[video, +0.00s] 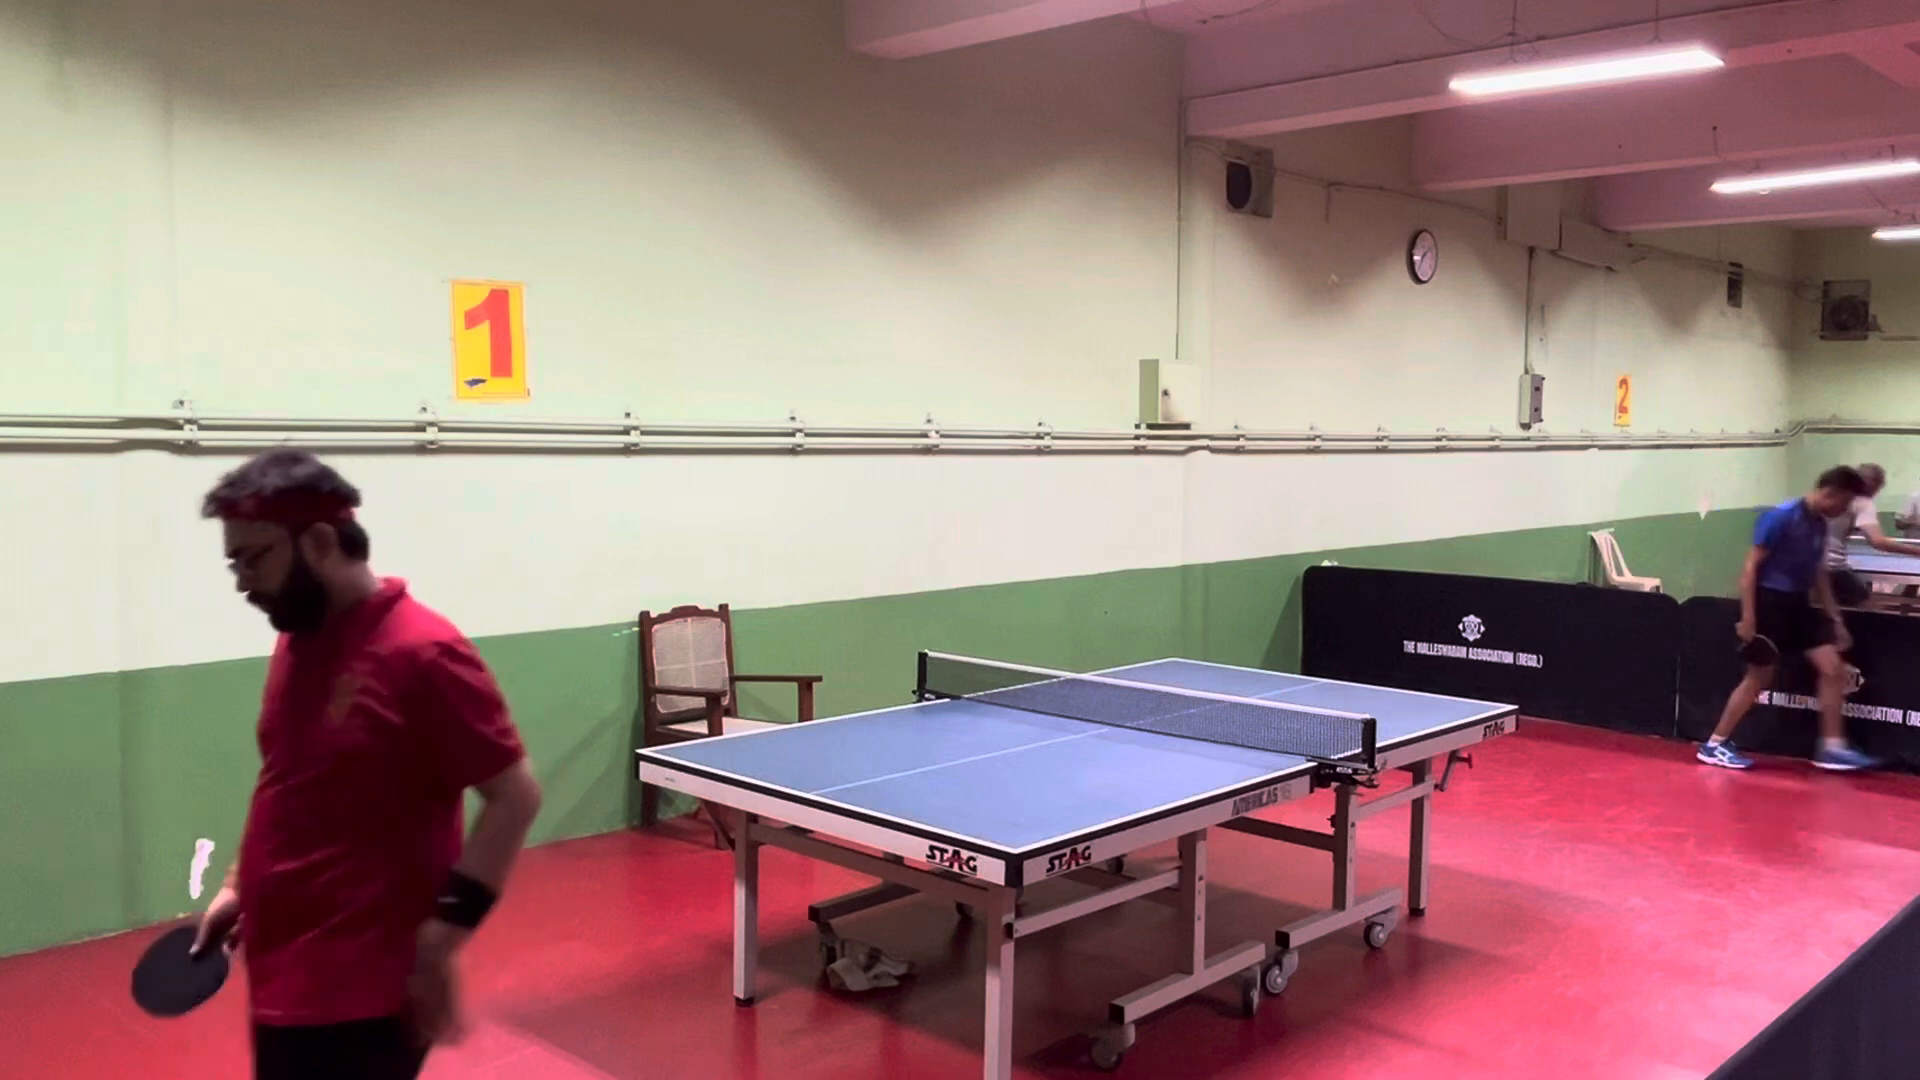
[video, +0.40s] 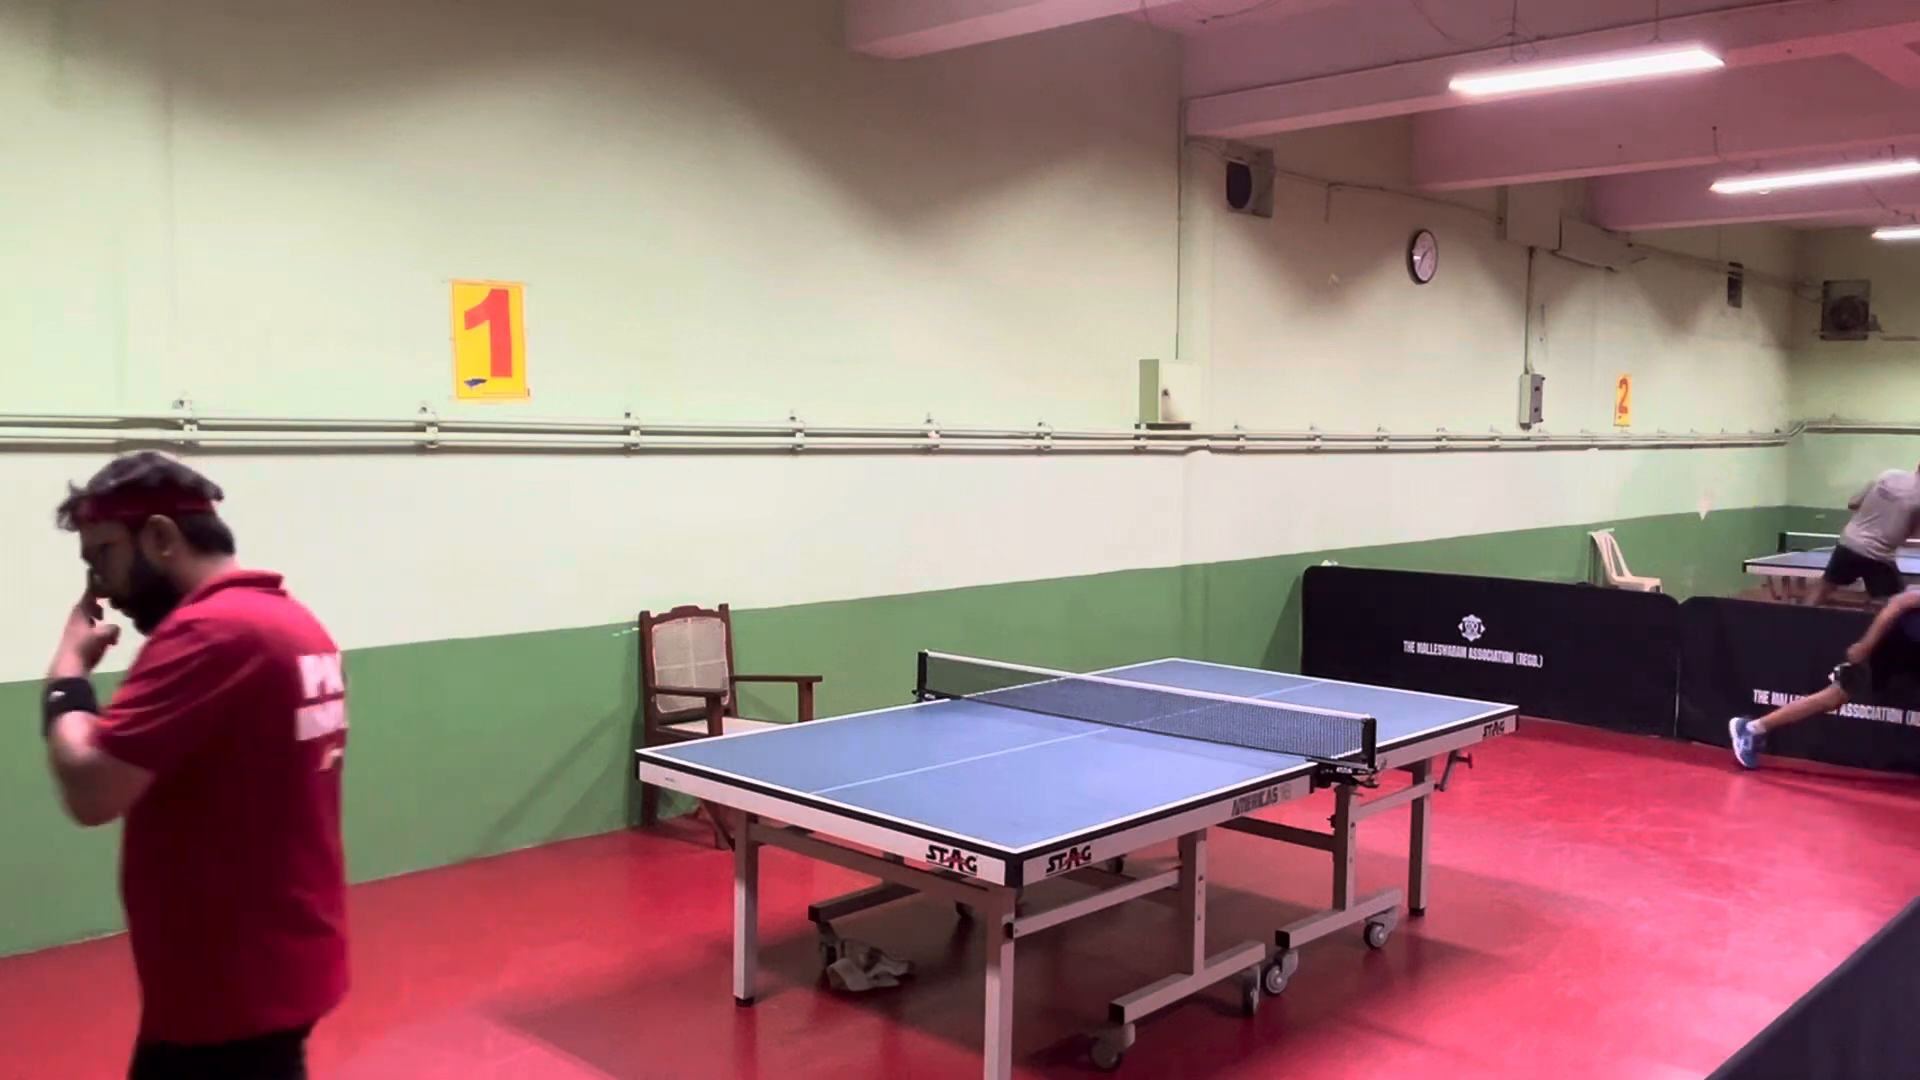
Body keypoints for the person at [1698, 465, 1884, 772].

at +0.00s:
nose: (1840, 510)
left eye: (1844, 505)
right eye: (1839, 502)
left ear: (1835, 499)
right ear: (1825, 491)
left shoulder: (1818, 525)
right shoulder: (1780, 517)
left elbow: (1820, 578)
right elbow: (1749, 567)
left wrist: (1836, 623)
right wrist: (1747, 619)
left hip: (1798, 607)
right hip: (1768, 604)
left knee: (1831, 667)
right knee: (1758, 676)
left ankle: (1832, 747)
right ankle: (1715, 743)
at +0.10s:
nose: (1880, 528)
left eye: (1884, 523)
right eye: (1881, 520)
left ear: (1876, 513)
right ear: (1869, 507)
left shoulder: (1859, 535)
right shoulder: (1820, 525)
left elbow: (1860, 587)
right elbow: (1777, 572)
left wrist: (1881, 637)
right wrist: (1769, 625)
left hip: (1830, 615)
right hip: (1794, 612)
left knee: (1871, 679)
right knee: (1771, 684)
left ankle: (1911, 754)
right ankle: (1718, 741)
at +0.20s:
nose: (1917, 540)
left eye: (1919, 535)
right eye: (1917, 533)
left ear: (1916, 534)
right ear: (1908, 527)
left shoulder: (1908, 561)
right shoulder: (1867, 541)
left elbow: (1906, 608)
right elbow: (1813, 581)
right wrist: (1797, 634)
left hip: (1867, 630)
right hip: (1827, 623)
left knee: (1912, 689)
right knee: (1791, 692)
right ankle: (1725, 737)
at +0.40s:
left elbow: (1898, 604)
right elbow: (1898, 603)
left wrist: (1865, 647)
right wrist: (1865, 645)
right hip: (1891, 653)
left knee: (1833, 697)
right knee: (1833, 697)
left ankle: (1754, 728)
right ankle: (1753, 728)